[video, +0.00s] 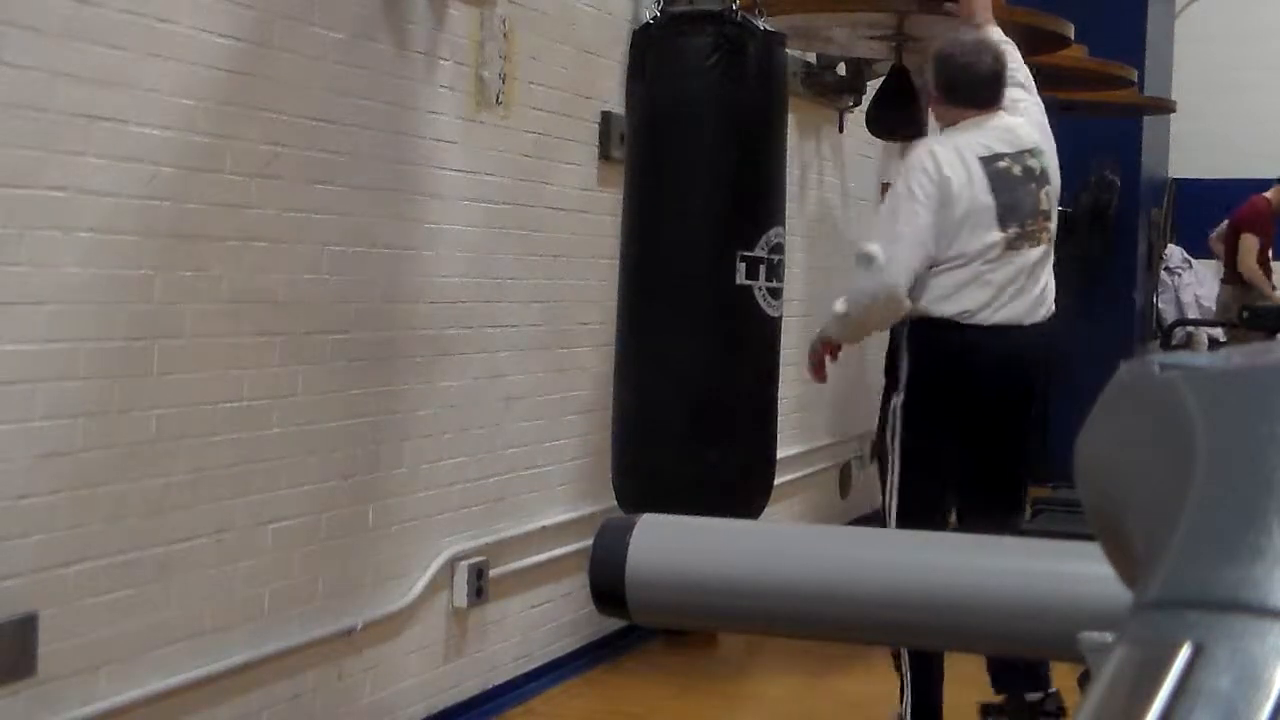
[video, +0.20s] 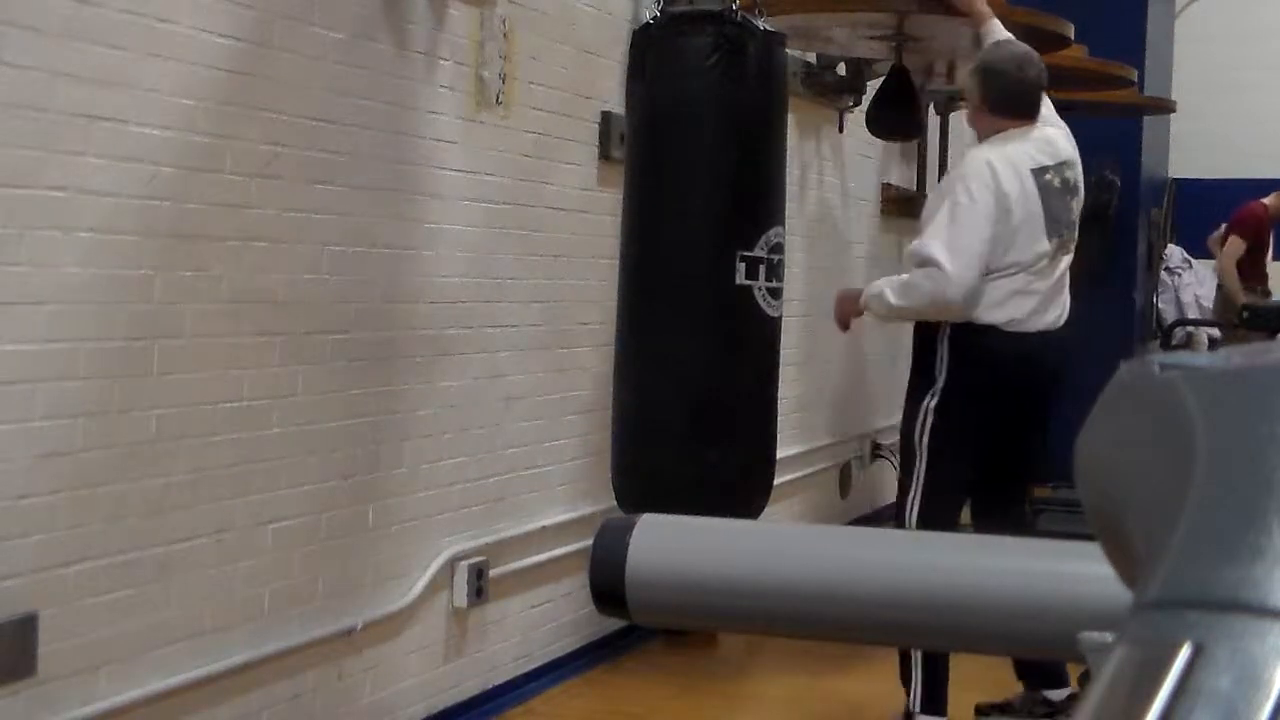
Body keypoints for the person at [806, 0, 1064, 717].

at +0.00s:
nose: (924, 86)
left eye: (924, 79)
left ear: (934, 92)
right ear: (1000, 85)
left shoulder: (930, 159)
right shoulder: (1032, 132)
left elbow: (889, 277)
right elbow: (1013, 74)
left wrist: (835, 332)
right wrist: (984, 22)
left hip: (939, 352)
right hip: (1020, 351)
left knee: (913, 529)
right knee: (998, 529)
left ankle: (920, 703)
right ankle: (1026, 691)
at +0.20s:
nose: (966, 99)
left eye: (968, 92)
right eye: (975, 89)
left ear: (977, 103)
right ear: (1035, 98)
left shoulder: (981, 170)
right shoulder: (1059, 144)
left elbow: (947, 282)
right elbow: (1024, 84)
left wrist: (866, 299)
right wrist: (984, 18)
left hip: (968, 352)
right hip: (1036, 353)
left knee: (923, 523)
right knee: (1007, 519)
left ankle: (926, 704)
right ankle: (1048, 688)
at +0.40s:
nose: (986, 94)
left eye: (991, 86)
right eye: (990, 85)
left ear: (1007, 100)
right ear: (1051, 99)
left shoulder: (1010, 164)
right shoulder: (1073, 145)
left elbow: (975, 274)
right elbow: (1018, 95)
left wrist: (899, 259)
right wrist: (986, 32)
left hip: (987, 346)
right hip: (1046, 348)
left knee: (939, 507)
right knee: (1016, 502)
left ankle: (947, 695)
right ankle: (1045, 681)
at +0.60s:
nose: (979, 99)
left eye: (991, 87)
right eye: (980, 86)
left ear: (1030, 97)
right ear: (1032, 98)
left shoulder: (1027, 165)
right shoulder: (1058, 149)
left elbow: (982, 268)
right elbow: (978, 177)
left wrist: (917, 221)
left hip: (999, 344)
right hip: (1039, 341)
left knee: (951, 503)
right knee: (1017, 502)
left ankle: (951, 693)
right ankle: (1044, 682)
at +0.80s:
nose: (974, 101)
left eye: (989, 90)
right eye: (973, 89)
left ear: (1028, 101)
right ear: (979, 96)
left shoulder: (1035, 168)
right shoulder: (1003, 160)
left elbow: (999, 276)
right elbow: (970, 229)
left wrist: (917, 228)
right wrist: (912, 213)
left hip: (1007, 352)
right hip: (984, 344)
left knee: (958, 513)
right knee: (1007, 513)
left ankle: (951, 689)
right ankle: (1044, 683)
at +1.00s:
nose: (959, 105)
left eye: (976, 93)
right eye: (952, 93)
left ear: (1012, 103)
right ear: (945, 100)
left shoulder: (1029, 173)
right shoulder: (944, 162)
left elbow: (1034, 284)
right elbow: (933, 246)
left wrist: (925, 266)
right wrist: (894, 259)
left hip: (996, 351)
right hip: (941, 346)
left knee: (967, 522)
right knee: (955, 517)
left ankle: (954, 691)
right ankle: (1031, 673)